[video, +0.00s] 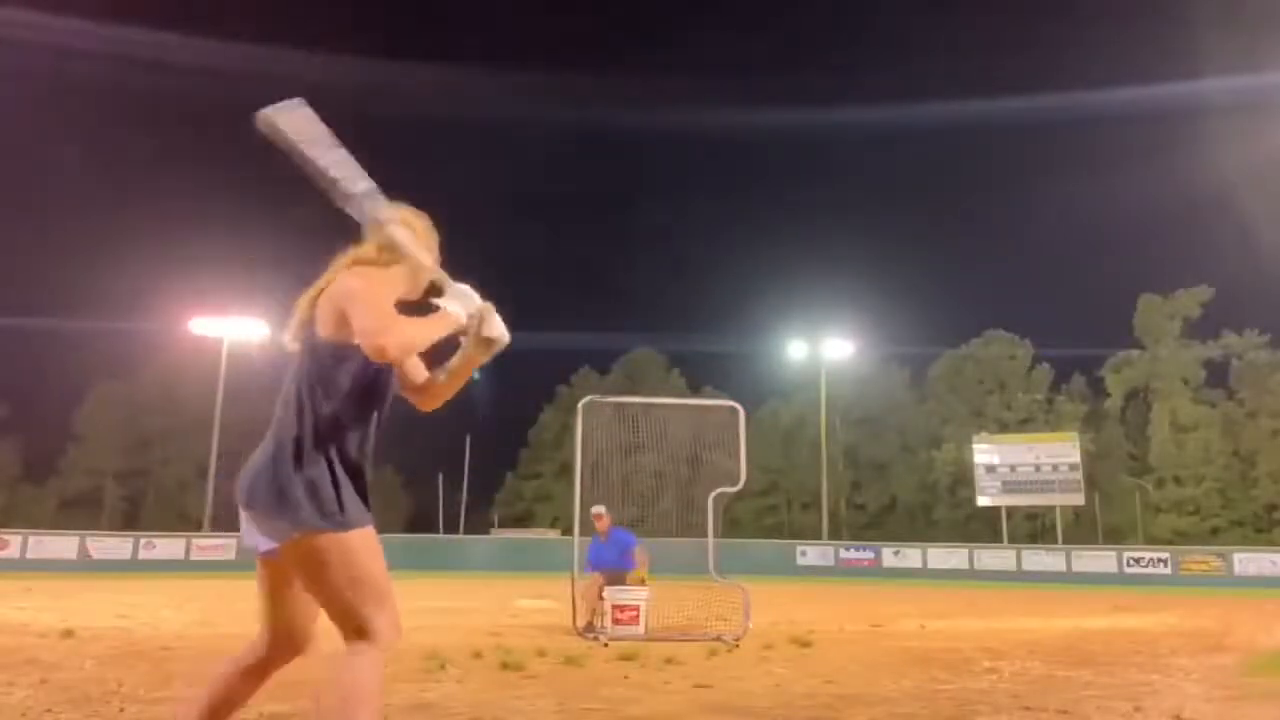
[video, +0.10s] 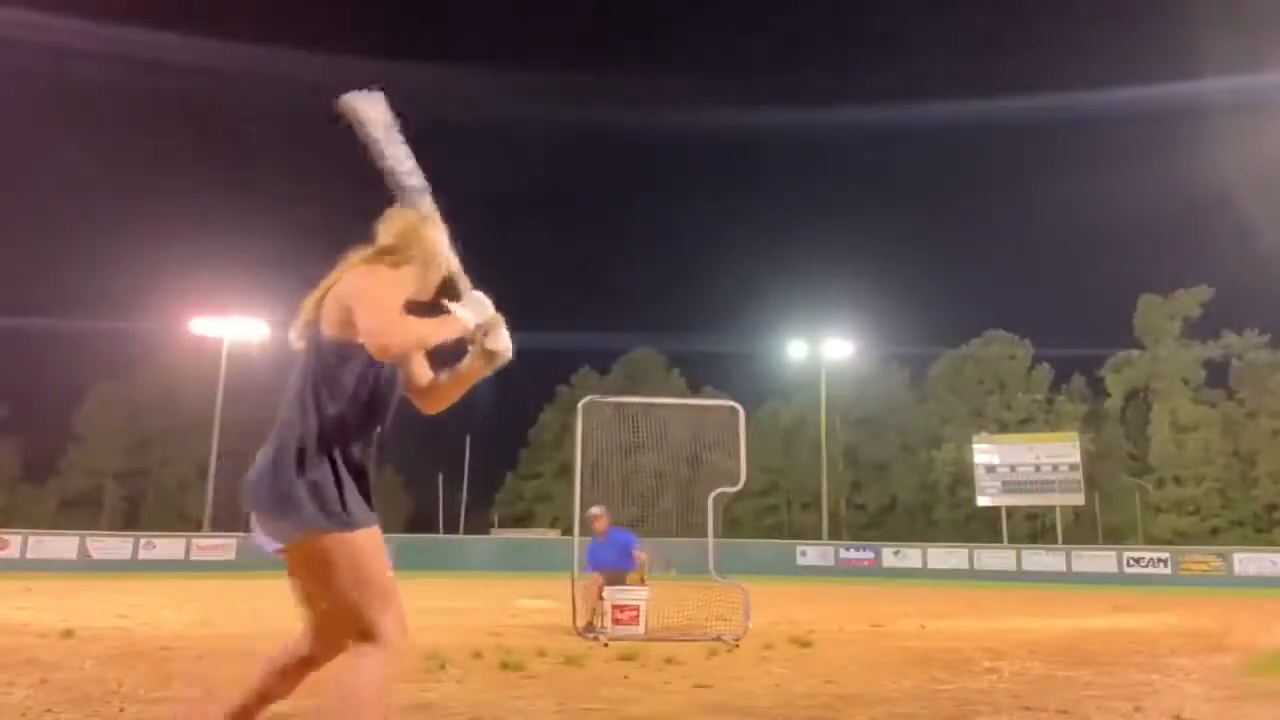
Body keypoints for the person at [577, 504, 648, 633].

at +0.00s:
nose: (599, 523)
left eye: (601, 519)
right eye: (595, 520)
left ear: (609, 518)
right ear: (593, 522)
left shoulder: (623, 537)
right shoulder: (595, 542)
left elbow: (640, 556)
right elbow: (591, 564)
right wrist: (597, 575)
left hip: (622, 573)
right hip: (603, 575)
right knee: (591, 587)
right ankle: (589, 622)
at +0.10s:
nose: (597, 524)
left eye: (600, 519)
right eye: (594, 521)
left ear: (607, 519)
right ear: (591, 523)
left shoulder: (620, 535)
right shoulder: (594, 545)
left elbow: (639, 552)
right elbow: (592, 568)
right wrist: (598, 578)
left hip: (622, 573)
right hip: (603, 575)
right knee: (590, 586)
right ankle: (589, 622)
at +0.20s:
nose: (594, 525)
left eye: (597, 520)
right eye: (591, 522)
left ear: (604, 520)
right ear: (589, 524)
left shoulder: (616, 535)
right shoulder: (593, 546)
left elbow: (637, 544)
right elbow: (592, 567)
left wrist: (640, 552)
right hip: (604, 575)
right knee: (590, 586)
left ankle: (589, 622)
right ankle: (589, 622)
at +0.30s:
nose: (594, 525)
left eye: (596, 520)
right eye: (591, 522)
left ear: (604, 520)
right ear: (588, 524)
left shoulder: (619, 535)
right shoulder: (591, 547)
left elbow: (645, 547)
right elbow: (592, 570)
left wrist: (661, 565)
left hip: (626, 575)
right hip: (605, 577)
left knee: (632, 577)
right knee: (592, 580)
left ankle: (629, 621)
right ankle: (590, 622)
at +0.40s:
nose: (596, 525)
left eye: (599, 520)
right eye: (593, 521)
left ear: (606, 519)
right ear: (590, 524)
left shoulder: (619, 534)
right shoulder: (592, 545)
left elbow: (645, 546)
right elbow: (585, 569)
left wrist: (654, 562)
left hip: (626, 574)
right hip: (605, 576)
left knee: (633, 578)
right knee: (591, 579)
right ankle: (590, 622)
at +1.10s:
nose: (614, 522)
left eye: (617, 517)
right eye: (611, 517)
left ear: (623, 520)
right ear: (605, 520)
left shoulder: (632, 537)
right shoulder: (599, 539)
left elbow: (643, 554)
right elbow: (594, 563)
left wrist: (638, 560)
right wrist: (604, 563)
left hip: (626, 571)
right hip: (607, 572)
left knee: (632, 578)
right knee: (595, 580)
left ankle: (631, 619)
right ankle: (590, 621)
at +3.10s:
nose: (615, 520)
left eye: (619, 516)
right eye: (612, 516)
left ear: (625, 518)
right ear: (608, 518)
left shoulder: (632, 537)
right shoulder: (602, 538)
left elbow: (640, 560)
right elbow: (595, 562)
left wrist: (625, 571)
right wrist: (605, 572)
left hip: (626, 571)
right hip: (607, 571)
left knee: (636, 573)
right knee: (593, 579)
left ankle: (635, 619)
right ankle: (589, 621)